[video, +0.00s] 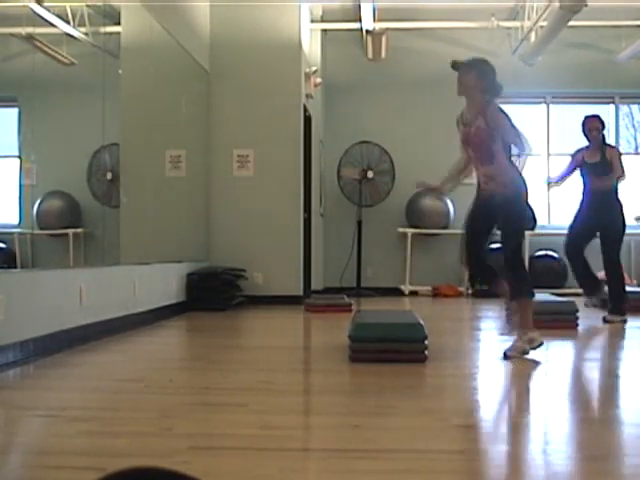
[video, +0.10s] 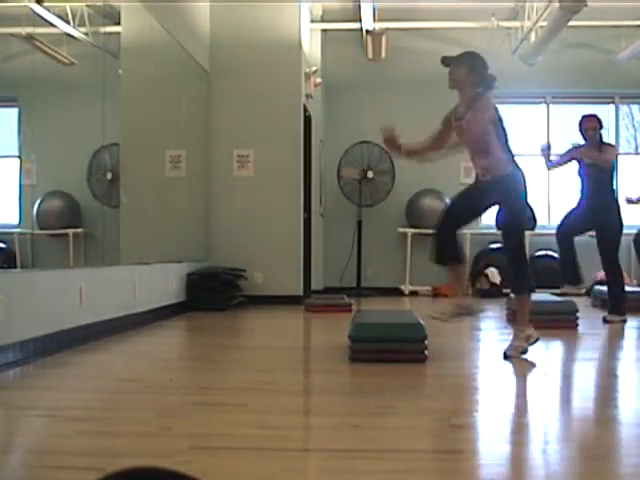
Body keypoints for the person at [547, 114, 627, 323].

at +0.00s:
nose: (594, 134)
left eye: (597, 129)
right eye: (590, 130)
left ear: (603, 130)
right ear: (584, 133)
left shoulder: (612, 152)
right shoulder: (580, 155)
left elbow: (619, 174)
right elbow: (566, 174)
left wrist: (606, 181)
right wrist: (555, 181)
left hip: (610, 209)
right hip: (588, 209)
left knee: (611, 258)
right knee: (572, 249)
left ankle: (617, 309)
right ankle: (594, 291)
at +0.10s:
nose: (591, 134)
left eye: (594, 129)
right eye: (587, 130)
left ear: (600, 130)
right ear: (581, 133)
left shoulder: (610, 150)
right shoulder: (577, 151)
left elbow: (606, 161)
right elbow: (553, 165)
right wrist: (547, 156)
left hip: (607, 210)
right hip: (585, 209)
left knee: (609, 259)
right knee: (563, 233)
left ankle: (617, 311)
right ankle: (573, 282)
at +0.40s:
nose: (567, 124)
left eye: (569, 120)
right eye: (562, 121)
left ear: (576, 121)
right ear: (557, 124)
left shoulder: (588, 139)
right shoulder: (555, 143)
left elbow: (603, 154)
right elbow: (529, 160)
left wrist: (583, 162)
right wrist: (541, 154)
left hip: (590, 200)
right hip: (566, 199)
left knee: (590, 249)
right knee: (554, 242)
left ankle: (607, 298)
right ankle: (552, 289)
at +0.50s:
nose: (561, 121)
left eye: (564, 116)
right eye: (557, 117)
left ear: (571, 115)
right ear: (553, 119)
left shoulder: (586, 135)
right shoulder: (551, 139)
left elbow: (612, 155)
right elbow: (529, 160)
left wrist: (601, 181)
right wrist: (531, 179)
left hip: (587, 193)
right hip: (563, 194)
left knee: (580, 239)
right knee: (555, 240)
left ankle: (589, 287)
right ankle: (552, 287)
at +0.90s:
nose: (555, 115)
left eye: (558, 111)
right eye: (554, 111)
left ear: (571, 112)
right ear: (556, 113)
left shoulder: (590, 129)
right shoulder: (555, 134)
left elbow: (615, 142)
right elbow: (537, 149)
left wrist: (604, 152)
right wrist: (522, 156)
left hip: (590, 190)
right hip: (568, 190)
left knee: (579, 234)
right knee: (560, 236)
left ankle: (578, 286)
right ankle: (554, 287)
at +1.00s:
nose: (562, 116)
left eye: (566, 111)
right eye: (562, 112)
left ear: (578, 112)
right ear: (564, 114)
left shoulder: (594, 130)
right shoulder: (562, 134)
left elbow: (612, 133)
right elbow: (534, 139)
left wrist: (596, 130)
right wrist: (517, 130)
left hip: (599, 194)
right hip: (576, 194)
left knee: (590, 239)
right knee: (562, 240)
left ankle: (604, 290)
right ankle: (553, 288)